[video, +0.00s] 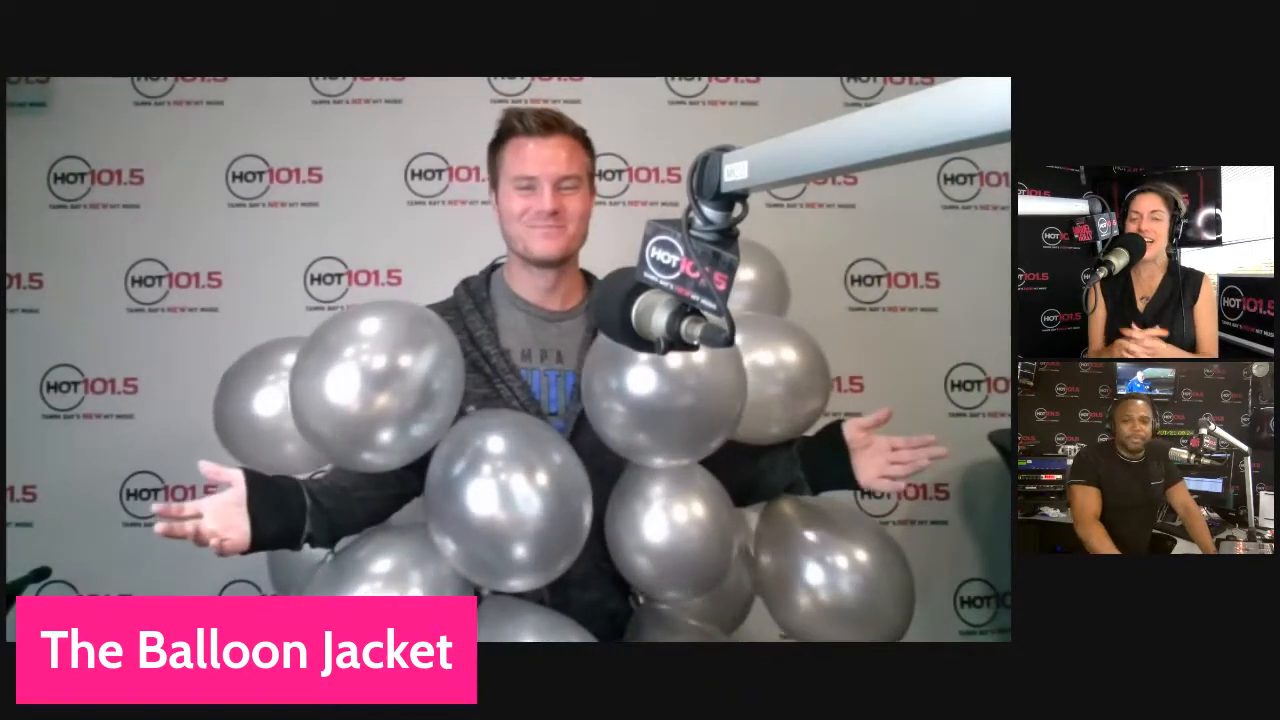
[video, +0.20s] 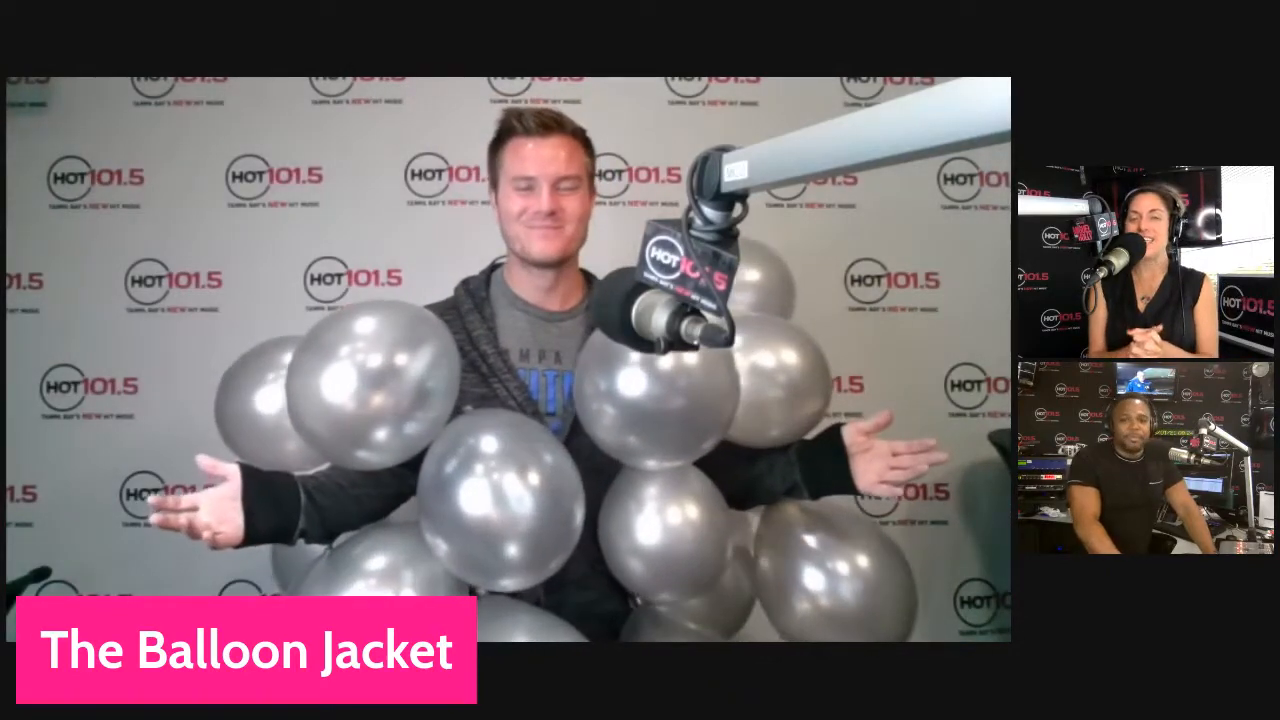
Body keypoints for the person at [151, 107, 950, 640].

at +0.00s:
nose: (549, 205)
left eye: (568, 187)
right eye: (526, 188)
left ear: (592, 202)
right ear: (494, 205)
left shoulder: (647, 324)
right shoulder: (437, 334)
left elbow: (708, 461)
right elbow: (393, 474)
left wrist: (832, 456)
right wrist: (275, 507)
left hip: (636, 610)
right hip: (492, 606)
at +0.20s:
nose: (547, 205)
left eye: (567, 187)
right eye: (526, 188)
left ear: (592, 201)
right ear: (493, 204)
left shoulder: (648, 325)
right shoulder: (434, 335)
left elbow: (713, 463)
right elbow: (388, 473)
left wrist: (834, 460)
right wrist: (272, 504)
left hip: (637, 612)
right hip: (492, 608)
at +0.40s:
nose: (546, 206)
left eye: (566, 187)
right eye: (525, 188)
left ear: (592, 201)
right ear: (493, 203)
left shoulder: (649, 325)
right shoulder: (435, 334)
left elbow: (716, 465)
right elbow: (389, 473)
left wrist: (829, 461)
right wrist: (273, 502)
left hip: (639, 614)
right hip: (495, 611)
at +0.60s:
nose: (545, 206)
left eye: (565, 187)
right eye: (524, 188)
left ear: (592, 202)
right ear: (493, 204)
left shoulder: (649, 326)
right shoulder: (435, 335)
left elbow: (717, 465)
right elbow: (388, 474)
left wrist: (827, 461)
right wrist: (276, 499)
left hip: (637, 616)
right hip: (491, 612)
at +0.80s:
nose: (539, 204)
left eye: (560, 186)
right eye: (518, 187)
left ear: (591, 201)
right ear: (491, 203)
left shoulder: (648, 324)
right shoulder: (438, 334)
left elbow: (714, 468)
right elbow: (393, 474)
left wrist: (825, 466)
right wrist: (271, 496)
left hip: (636, 622)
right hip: (494, 619)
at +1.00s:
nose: (530, 202)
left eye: (551, 184)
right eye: (511, 186)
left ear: (588, 199)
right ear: (490, 203)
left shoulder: (647, 322)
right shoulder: (442, 332)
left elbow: (711, 468)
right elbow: (394, 467)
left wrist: (821, 466)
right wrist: (269, 489)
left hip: (638, 617)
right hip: (496, 614)